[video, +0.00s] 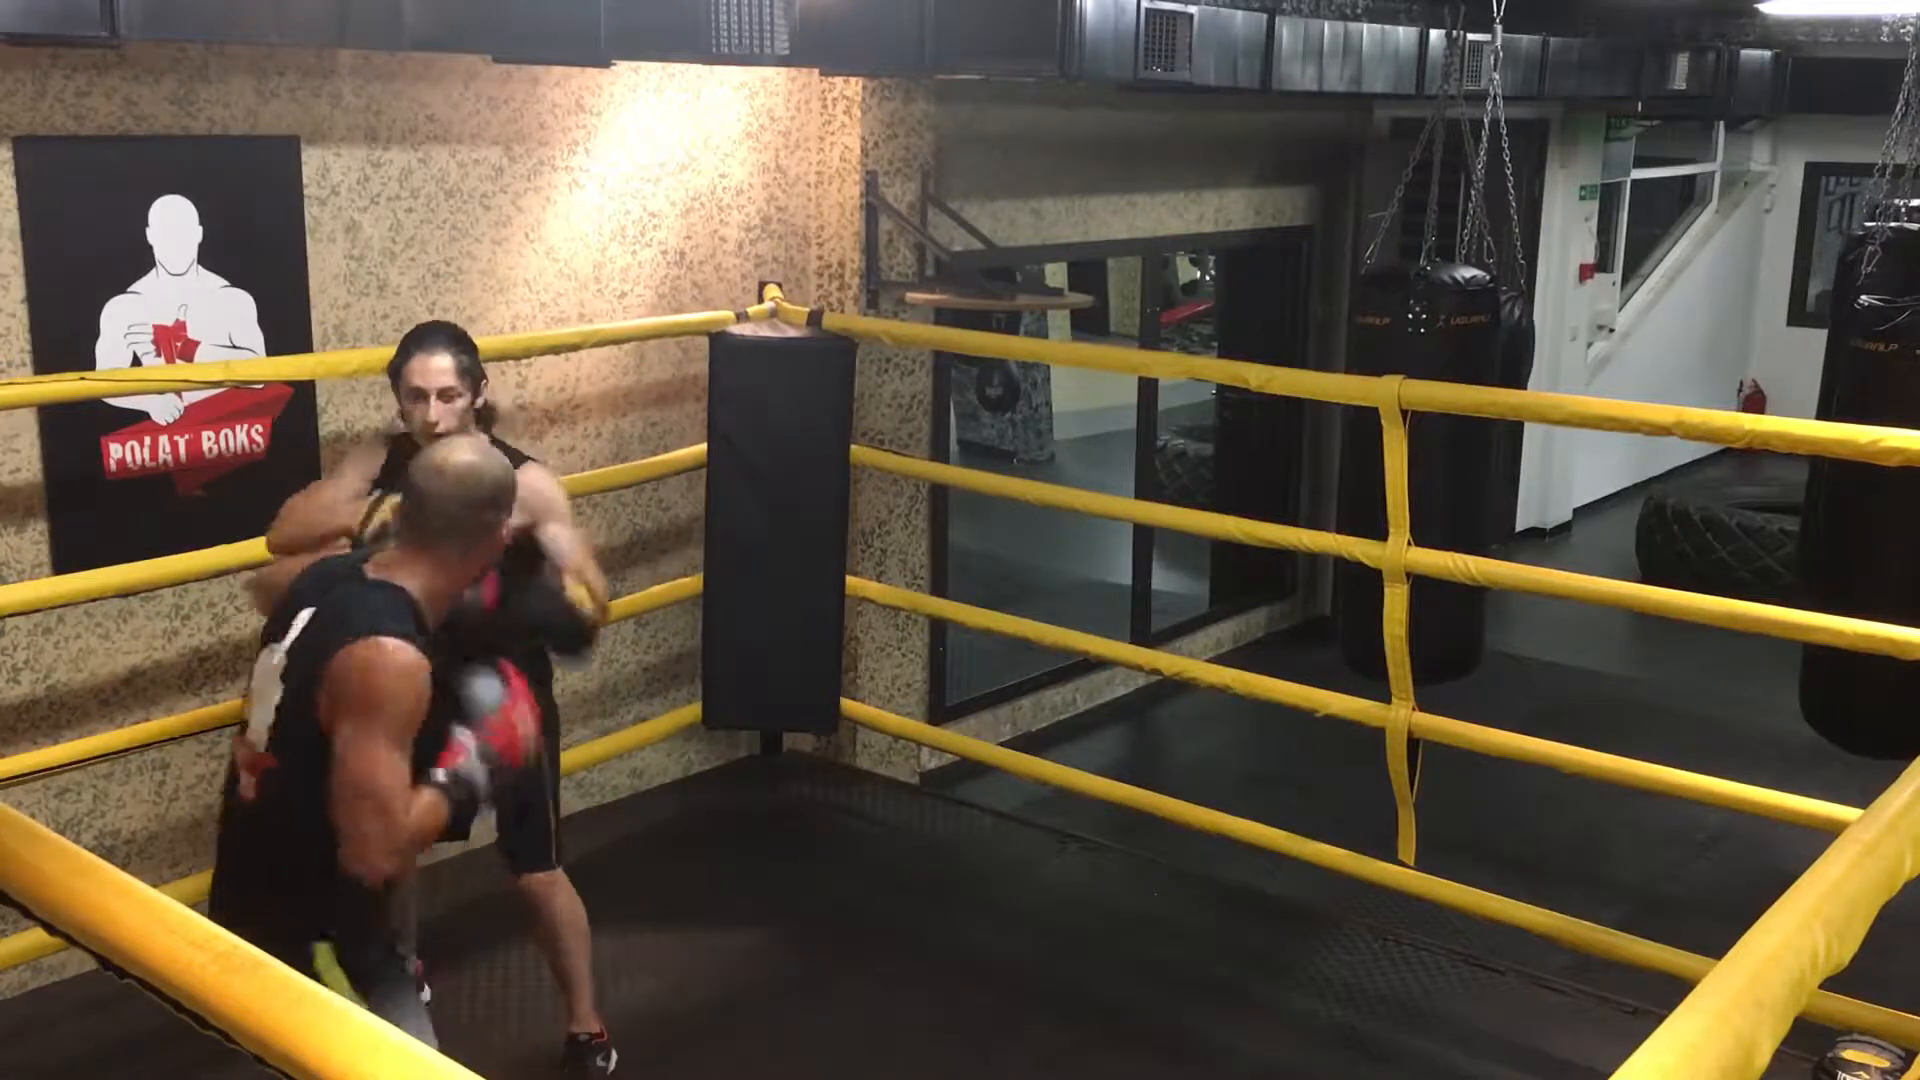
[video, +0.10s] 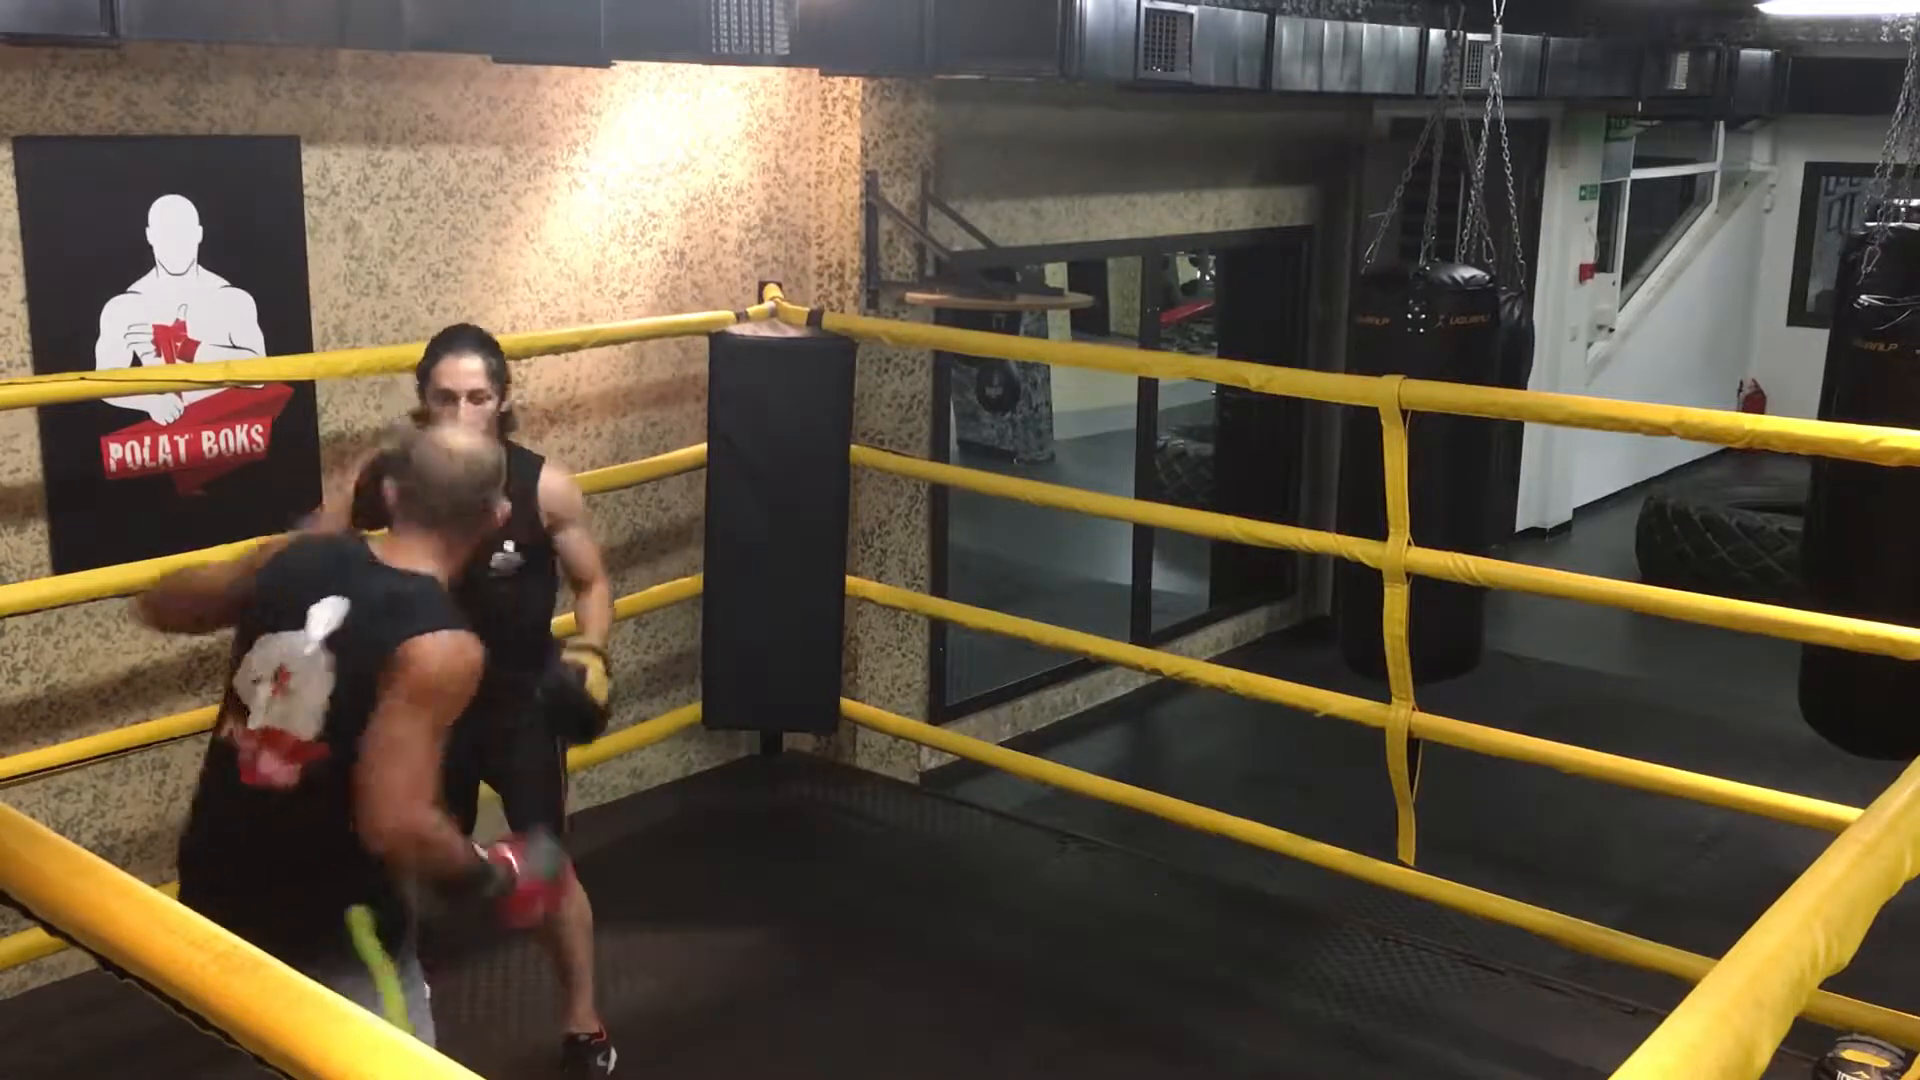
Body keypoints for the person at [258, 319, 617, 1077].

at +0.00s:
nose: (429, 411)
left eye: (444, 394)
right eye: (414, 396)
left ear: (476, 394)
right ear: (397, 401)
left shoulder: (525, 482)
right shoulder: (376, 465)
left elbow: (586, 593)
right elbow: (283, 532)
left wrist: (536, 595)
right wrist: (365, 515)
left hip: (504, 686)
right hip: (397, 685)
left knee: (534, 873)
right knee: (390, 852)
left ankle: (585, 1021)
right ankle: (396, 984)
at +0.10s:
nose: (459, 410)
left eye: (475, 395)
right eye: (443, 396)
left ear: (501, 400)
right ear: (421, 402)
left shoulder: (545, 486)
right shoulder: (383, 477)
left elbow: (591, 580)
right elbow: (312, 556)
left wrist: (592, 654)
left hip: (520, 693)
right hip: (421, 695)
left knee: (545, 858)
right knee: (410, 858)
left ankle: (583, 1021)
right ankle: (395, 1017)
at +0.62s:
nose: (492, 392)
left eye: (509, 376)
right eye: (478, 376)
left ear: (534, 384)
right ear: (457, 384)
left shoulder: (573, 474)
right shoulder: (434, 467)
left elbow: (618, 571)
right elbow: (389, 548)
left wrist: (571, 606)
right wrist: (425, 586)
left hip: (541, 681)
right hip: (448, 673)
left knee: (594, 853)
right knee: (394, 833)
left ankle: (666, 1007)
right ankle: (393, 989)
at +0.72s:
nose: (529, 405)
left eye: (546, 389)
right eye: (517, 388)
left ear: (575, 395)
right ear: (500, 393)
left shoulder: (611, 487)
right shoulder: (473, 468)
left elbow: (642, 593)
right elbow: (432, 562)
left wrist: (594, 621)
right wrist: (464, 603)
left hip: (576, 686)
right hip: (482, 677)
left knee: (621, 864)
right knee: (423, 830)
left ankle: (674, 999)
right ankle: (410, 955)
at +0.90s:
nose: (574, 391)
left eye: (591, 378)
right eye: (564, 376)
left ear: (625, 385)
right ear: (552, 380)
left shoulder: (663, 471)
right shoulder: (531, 455)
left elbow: (689, 587)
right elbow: (504, 546)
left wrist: (648, 561)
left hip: (638, 686)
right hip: (548, 674)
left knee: (653, 851)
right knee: (509, 817)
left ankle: (678, 1000)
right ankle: (529, 948)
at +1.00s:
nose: (600, 390)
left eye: (615, 374)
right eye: (588, 375)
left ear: (652, 376)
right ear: (573, 379)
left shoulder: (690, 451)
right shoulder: (575, 459)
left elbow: (703, 559)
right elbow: (548, 553)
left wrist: (674, 465)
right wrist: (553, 479)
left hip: (665, 671)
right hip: (599, 664)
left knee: (666, 846)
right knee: (595, 826)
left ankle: (683, 1007)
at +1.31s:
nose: (630, 401)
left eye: (645, 386)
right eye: (619, 386)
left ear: (678, 385)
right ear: (606, 388)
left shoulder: (727, 452)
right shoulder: (617, 469)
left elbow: (758, 553)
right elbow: (567, 577)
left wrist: (719, 463)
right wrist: (589, 521)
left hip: (729, 673)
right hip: (664, 672)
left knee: (733, 842)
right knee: (646, 826)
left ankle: (795, 1013)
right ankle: (727, 949)